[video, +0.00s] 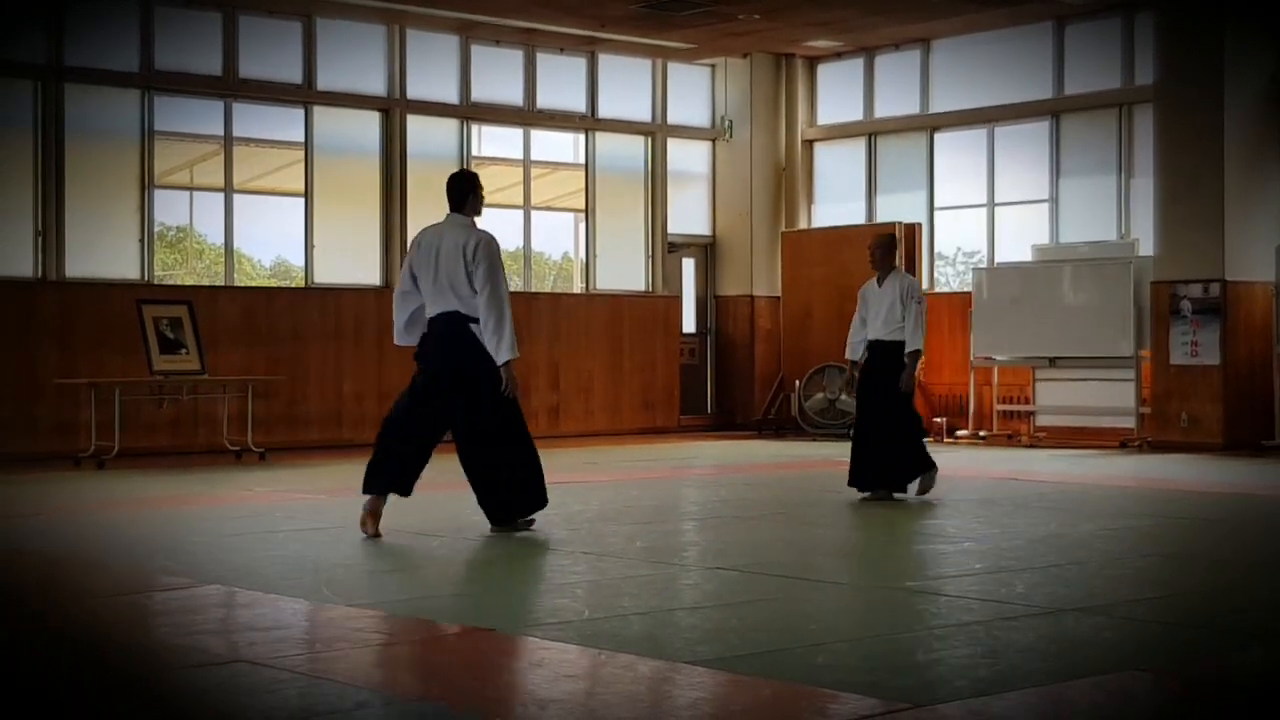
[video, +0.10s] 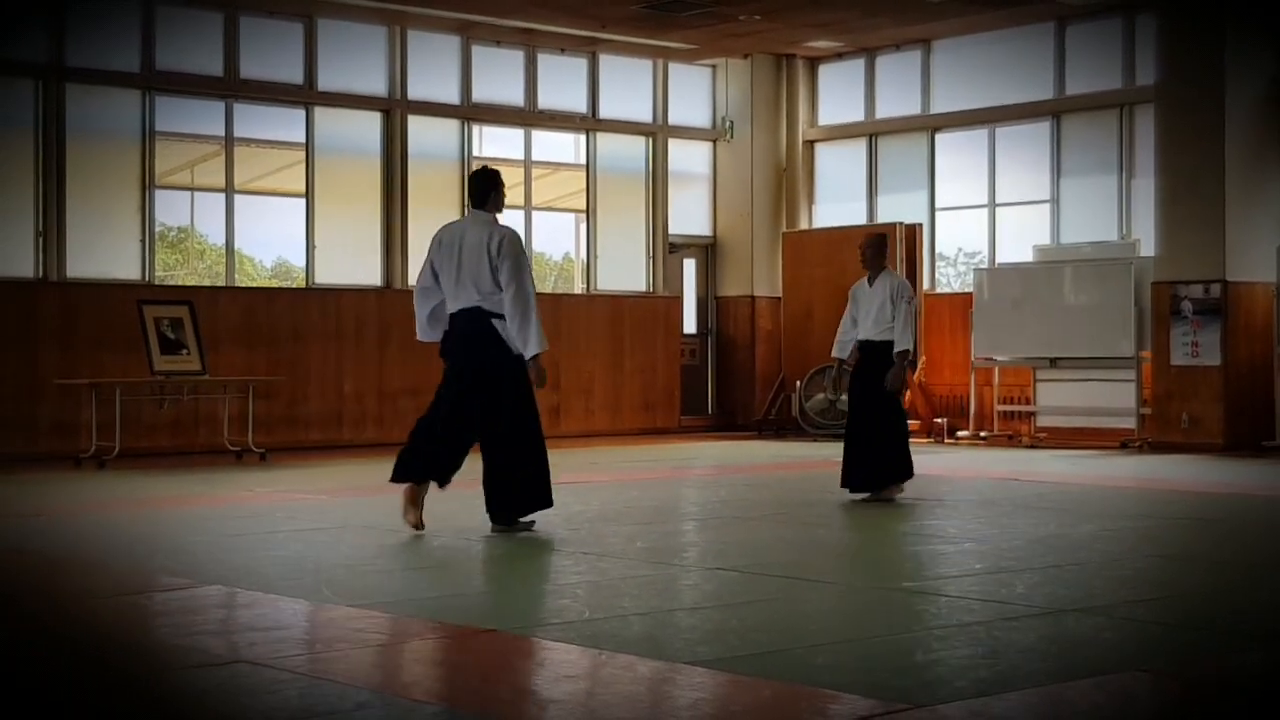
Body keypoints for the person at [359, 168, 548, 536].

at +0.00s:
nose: (484, 201)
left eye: (482, 195)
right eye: (482, 195)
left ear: (449, 199)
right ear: (474, 199)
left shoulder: (424, 239)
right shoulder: (481, 241)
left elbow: (406, 296)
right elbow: (493, 304)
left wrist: (422, 332)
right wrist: (505, 359)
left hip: (436, 343)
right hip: (473, 343)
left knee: (412, 419)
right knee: (490, 426)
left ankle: (378, 493)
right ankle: (504, 511)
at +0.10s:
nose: (505, 198)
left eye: (503, 192)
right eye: (503, 193)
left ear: (471, 196)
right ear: (496, 196)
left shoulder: (445, 235)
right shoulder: (504, 237)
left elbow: (426, 291)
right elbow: (518, 300)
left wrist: (441, 330)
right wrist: (532, 354)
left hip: (458, 336)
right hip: (495, 337)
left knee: (452, 412)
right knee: (505, 422)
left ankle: (419, 478)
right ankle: (505, 512)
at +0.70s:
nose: (614, 214)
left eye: (612, 208)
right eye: (612, 209)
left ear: (583, 213)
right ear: (607, 213)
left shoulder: (558, 249)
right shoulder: (617, 250)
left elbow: (538, 299)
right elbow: (642, 301)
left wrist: (552, 334)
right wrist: (665, 334)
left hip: (567, 341)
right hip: (602, 341)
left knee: (579, 418)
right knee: (606, 420)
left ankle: (595, 501)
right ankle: (548, 477)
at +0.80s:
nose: (634, 217)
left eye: (631, 212)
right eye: (632, 212)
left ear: (604, 216)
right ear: (627, 216)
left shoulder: (576, 251)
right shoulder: (635, 253)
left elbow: (556, 301)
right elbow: (663, 298)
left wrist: (569, 338)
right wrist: (687, 324)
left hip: (585, 345)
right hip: (622, 345)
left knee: (594, 417)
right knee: (650, 417)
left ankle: (598, 498)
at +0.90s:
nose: (652, 226)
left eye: (650, 221)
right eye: (652, 221)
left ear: (621, 223)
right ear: (648, 223)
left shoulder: (594, 258)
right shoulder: (655, 260)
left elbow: (572, 306)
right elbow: (695, 294)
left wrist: (588, 342)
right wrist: (714, 277)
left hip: (603, 351)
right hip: (640, 351)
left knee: (603, 423)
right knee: (678, 416)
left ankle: (593, 499)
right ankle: (657, 486)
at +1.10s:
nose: (698, 242)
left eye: (694, 236)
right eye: (697, 236)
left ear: (666, 237)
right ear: (695, 239)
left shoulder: (639, 267)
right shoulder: (702, 270)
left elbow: (604, 306)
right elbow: (738, 251)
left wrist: (602, 348)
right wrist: (721, 214)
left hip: (638, 362)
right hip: (680, 362)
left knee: (615, 429)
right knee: (719, 423)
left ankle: (589, 491)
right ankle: (753, 491)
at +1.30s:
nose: (706, 247)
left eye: (699, 240)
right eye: (714, 243)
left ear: (691, 243)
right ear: (718, 245)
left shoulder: (667, 270)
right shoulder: (727, 277)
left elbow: (644, 312)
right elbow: (752, 301)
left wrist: (634, 352)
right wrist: (774, 293)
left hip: (674, 353)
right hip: (712, 352)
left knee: (655, 418)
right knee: (728, 420)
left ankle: (659, 481)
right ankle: (729, 494)